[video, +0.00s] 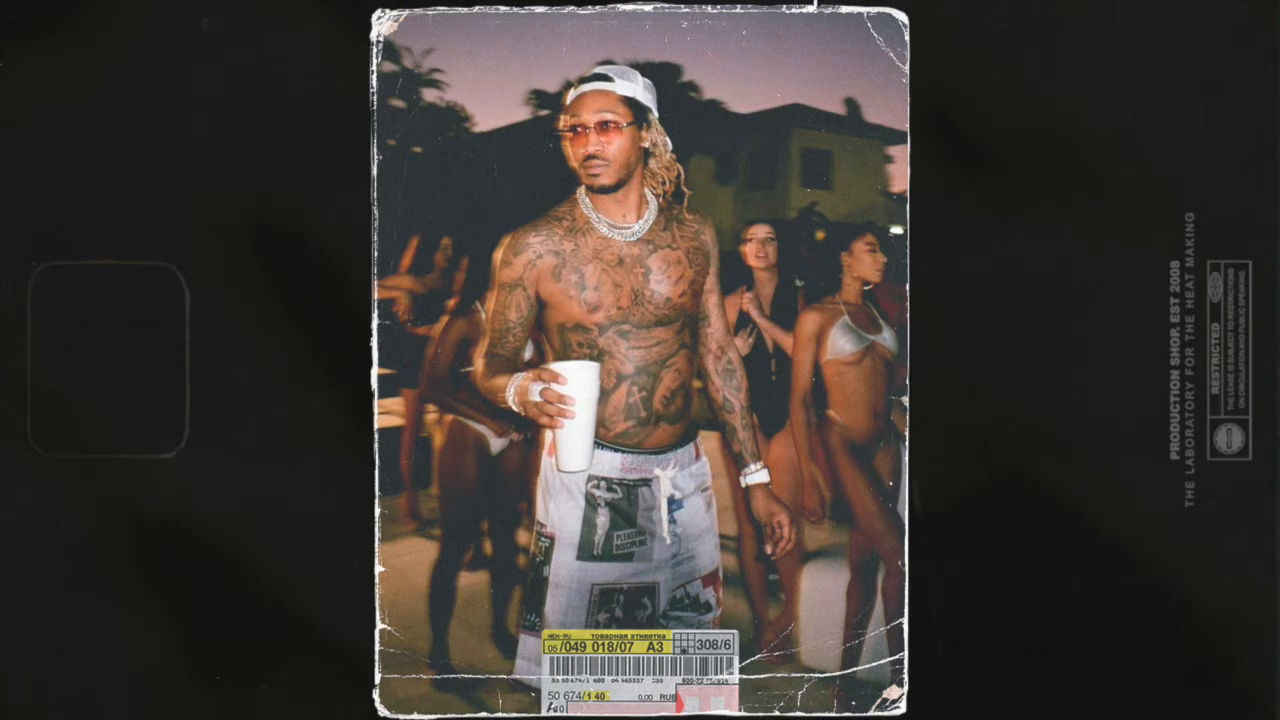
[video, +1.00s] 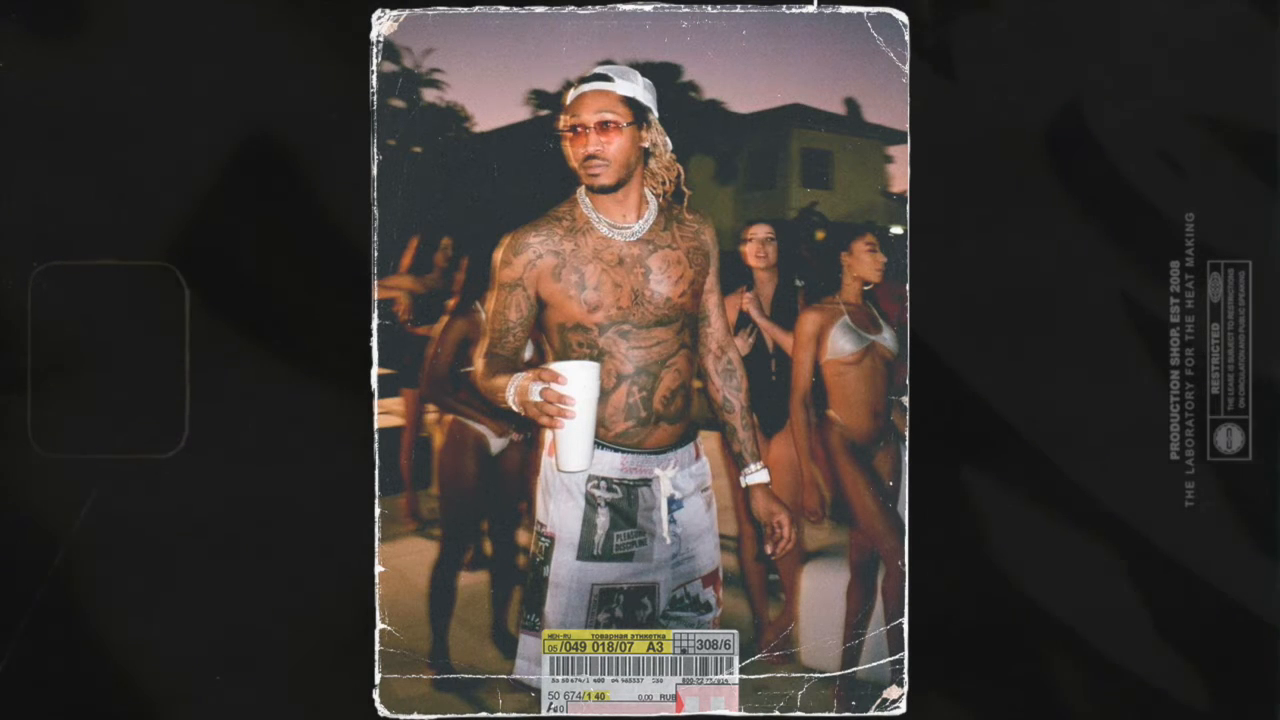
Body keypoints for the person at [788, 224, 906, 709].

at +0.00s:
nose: (882, 258)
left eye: (881, 251)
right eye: (871, 251)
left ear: (871, 262)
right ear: (844, 259)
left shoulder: (877, 315)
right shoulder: (818, 317)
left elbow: (887, 390)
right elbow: (799, 403)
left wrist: (900, 434)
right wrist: (812, 478)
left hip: (882, 447)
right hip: (838, 448)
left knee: (863, 563)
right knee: (898, 551)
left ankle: (847, 673)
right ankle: (903, 669)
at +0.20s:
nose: (882, 259)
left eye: (881, 251)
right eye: (871, 251)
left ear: (872, 262)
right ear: (844, 259)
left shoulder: (877, 316)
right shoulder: (818, 317)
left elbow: (886, 390)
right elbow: (799, 403)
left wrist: (900, 428)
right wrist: (812, 478)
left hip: (883, 447)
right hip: (839, 448)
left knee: (863, 562)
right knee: (897, 552)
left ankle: (846, 673)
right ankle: (902, 670)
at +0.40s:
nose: (882, 259)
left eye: (881, 251)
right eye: (871, 251)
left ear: (872, 262)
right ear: (844, 259)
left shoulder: (877, 315)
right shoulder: (818, 317)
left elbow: (887, 390)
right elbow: (799, 403)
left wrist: (900, 432)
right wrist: (812, 477)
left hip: (882, 447)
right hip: (838, 448)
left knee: (863, 562)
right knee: (897, 552)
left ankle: (846, 672)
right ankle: (902, 670)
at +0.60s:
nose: (882, 259)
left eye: (881, 251)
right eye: (871, 251)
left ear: (872, 262)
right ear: (844, 259)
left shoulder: (877, 316)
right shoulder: (818, 317)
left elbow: (885, 391)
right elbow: (799, 403)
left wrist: (900, 431)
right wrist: (812, 477)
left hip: (882, 447)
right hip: (838, 448)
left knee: (863, 562)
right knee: (897, 551)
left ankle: (846, 672)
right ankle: (902, 670)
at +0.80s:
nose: (882, 259)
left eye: (881, 251)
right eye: (871, 251)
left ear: (870, 261)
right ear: (844, 259)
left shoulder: (877, 315)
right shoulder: (818, 317)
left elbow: (885, 391)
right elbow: (799, 403)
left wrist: (899, 437)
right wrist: (814, 479)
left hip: (882, 447)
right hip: (838, 448)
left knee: (863, 563)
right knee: (898, 553)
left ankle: (846, 673)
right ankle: (902, 670)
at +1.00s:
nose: (882, 259)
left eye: (881, 251)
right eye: (871, 251)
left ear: (872, 262)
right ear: (844, 259)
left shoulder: (877, 315)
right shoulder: (818, 317)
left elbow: (886, 391)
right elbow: (799, 402)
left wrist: (900, 433)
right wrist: (812, 477)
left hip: (883, 447)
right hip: (839, 448)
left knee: (863, 562)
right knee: (897, 552)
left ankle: (846, 672)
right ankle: (902, 670)